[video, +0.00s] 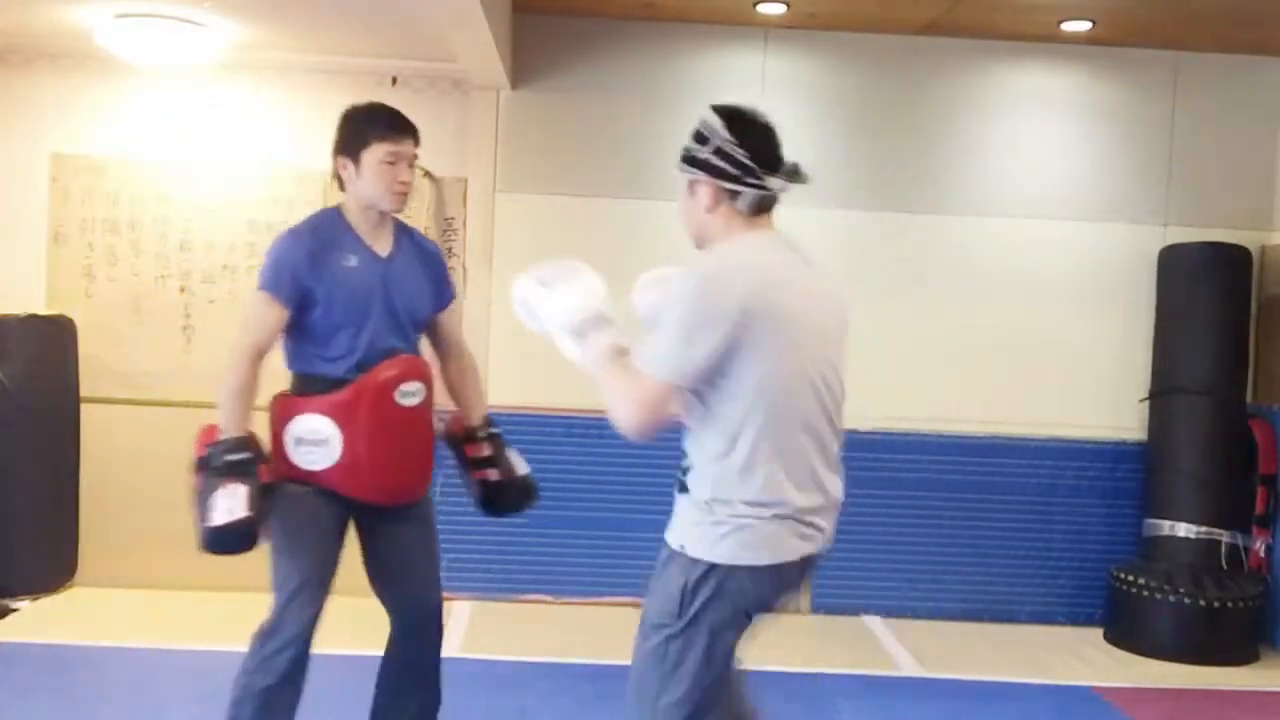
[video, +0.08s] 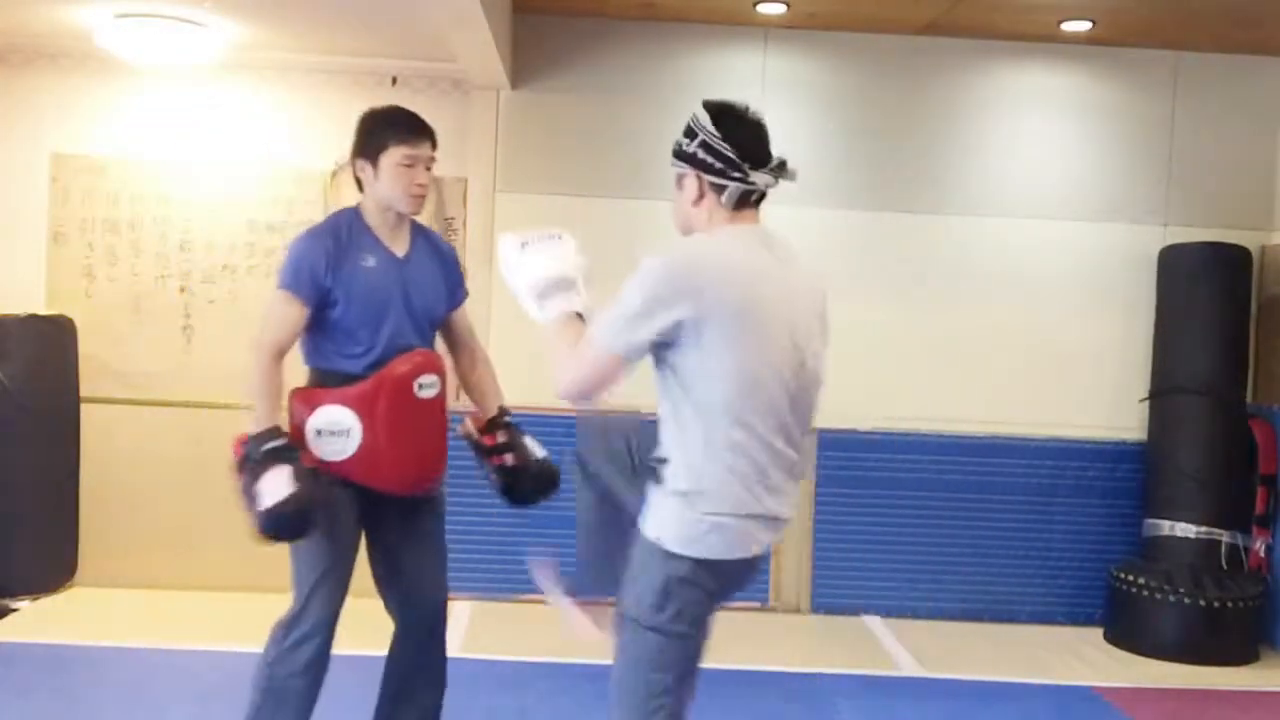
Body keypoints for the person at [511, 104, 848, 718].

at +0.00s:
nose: (682, 203)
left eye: (684, 187)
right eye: (682, 187)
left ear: (706, 191)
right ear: (763, 194)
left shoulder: (723, 278)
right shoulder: (809, 277)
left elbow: (638, 416)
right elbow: (755, 402)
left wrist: (592, 332)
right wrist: (685, 318)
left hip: (726, 541)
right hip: (795, 533)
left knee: (662, 698)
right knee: (703, 673)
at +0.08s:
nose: (674, 196)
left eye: (676, 181)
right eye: (675, 181)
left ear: (695, 186)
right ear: (755, 189)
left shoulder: (684, 267)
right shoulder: (797, 273)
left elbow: (574, 384)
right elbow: (781, 400)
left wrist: (557, 300)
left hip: (698, 526)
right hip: (762, 512)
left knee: (645, 704)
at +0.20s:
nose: (670, 193)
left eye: (673, 177)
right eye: (672, 177)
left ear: (689, 183)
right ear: (751, 191)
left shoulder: (674, 269)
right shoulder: (787, 272)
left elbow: (552, 371)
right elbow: (808, 374)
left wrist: (548, 289)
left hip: (653, 524)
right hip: (707, 512)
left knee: (626, 704)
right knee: (552, 404)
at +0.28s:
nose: (660, 203)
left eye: (662, 187)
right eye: (664, 187)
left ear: (678, 195)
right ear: (740, 201)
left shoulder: (666, 286)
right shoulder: (778, 286)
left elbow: (551, 381)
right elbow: (833, 383)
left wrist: (549, 302)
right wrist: (782, 325)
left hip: (635, 535)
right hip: (694, 531)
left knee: (611, 708)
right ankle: (473, 456)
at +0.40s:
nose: (641, 208)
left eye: (644, 193)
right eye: (645, 193)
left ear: (658, 199)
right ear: (721, 204)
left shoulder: (638, 291)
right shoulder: (763, 299)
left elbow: (555, 418)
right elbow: (807, 416)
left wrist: (529, 336)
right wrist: (752, 366)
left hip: (623, 539)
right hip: (698, 539)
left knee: (612, 702)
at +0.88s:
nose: (600, 237)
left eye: (605, 227)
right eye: (606, 227)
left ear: (613, 233)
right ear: (669, 248)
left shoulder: (562, 292)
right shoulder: (701, 328)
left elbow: (492, 376)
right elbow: (714, 446)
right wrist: (668, 395)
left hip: (543, 526)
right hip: (643, 539)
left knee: (483, 642)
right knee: (682, 691)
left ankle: (436, 713)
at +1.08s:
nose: (508, 222)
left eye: (513, 214)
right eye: (516, 214)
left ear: (518, 223)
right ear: (572, 232)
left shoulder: (479, 286)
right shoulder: (601, 305)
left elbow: (435, 352)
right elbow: (619, 413)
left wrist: (452, 277)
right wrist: (566, 377)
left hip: (497, 509)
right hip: (584, 510)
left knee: (436, 642)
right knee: (612, 661)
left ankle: (414, 712)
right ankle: (642, 716)